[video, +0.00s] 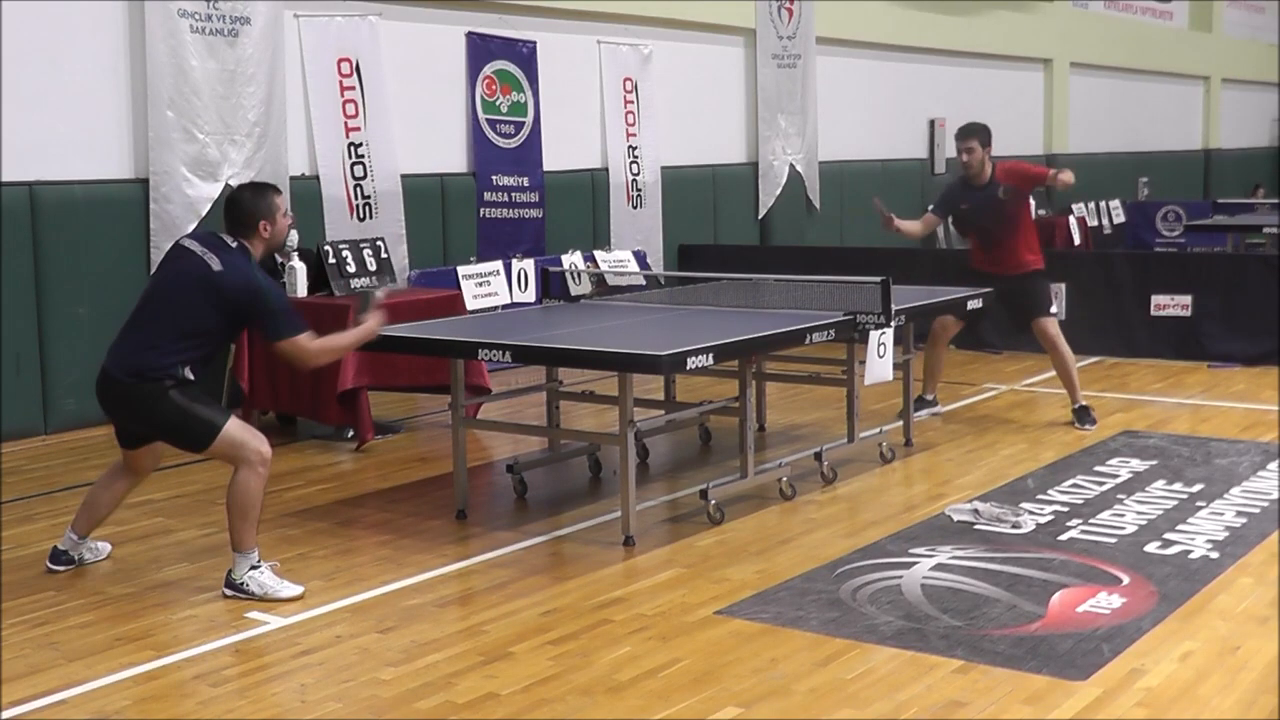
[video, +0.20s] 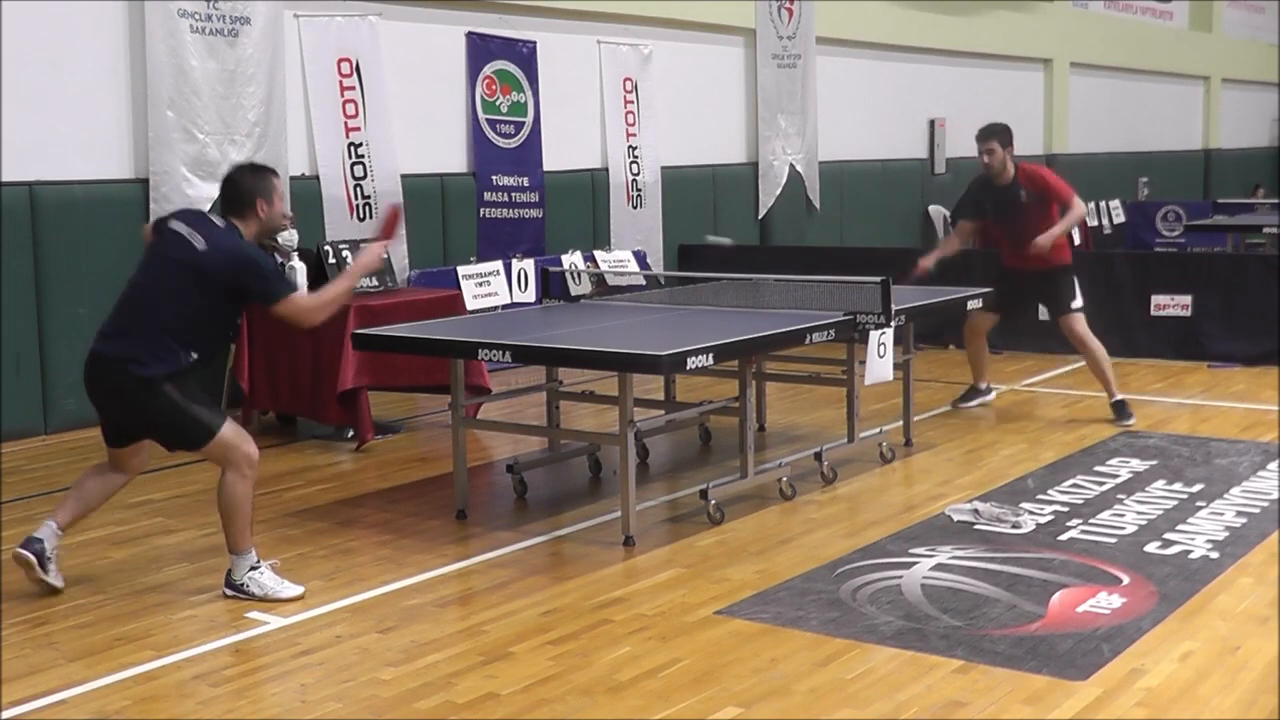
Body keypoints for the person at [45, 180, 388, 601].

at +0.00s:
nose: (289, 223)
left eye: (288, 215)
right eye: (285, 216)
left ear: (237, 220)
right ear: (263, 227)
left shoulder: (196, 241)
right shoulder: (251, 282)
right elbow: (307, 354)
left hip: (119, 380)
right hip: (152, 390)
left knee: (137, 463)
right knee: (254, 454)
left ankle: (69, 544)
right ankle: (245, 570)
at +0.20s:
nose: (286, 211)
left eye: (284, 201)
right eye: (282, 201)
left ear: (233, 202)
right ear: (261, 206)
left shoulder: (185, 219)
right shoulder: (245, 261)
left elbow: (150, 234)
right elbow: (307, 313)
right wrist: (359, 268)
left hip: (104, 367)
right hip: (143, 380)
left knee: (124, 463)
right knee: (242, 456)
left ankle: (44, 538)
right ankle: (243, 570)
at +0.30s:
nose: (254, 183)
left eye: (252, 173)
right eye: (251, 174)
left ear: (205, 181)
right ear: (233, 182)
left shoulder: (161, 209)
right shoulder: (205, 235)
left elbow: (124, 254)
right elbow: (224, 324)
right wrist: (289, 303)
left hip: (93, 364)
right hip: (132, 370)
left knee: (105, 475)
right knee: (237, 447)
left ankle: (30, 571)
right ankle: (199, 571)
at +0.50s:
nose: (237, 162)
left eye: (234, 152)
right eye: (233, 154)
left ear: (184, 161)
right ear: (216, 162)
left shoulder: (144, 201)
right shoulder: (202, 221)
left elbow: (104, 263)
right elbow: (227, 306)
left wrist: (171, 284)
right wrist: (288, 298)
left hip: (100, 362)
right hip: (139, 369)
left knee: (105, 472)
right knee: (192, 480)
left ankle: (31, 572)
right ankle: (143, 605)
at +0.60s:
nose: (239, 145)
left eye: (237, 136)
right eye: (235, 137)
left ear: (190, 144)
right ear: (216, 144)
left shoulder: (147, 185)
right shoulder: (208, 203)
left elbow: (107, 250)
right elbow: (236, 288)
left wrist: (166, 273)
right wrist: (296, 287)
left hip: (112, 348)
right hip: (150, 354)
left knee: (116, 456)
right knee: (198, 468)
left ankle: (49, 548)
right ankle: (150, 594)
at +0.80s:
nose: (260, 175)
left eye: (258, 165)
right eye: (258, 167)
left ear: (209, 171)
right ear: (243, 172)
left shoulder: (173, 208)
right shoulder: (223, 226)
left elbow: (175, 288)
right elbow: (224, 316)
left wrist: (230, 328)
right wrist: (279, 335)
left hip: (115, 361)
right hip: (154, 368)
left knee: (129, 461)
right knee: (249, 463)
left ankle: (80, 560)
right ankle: (237, 593)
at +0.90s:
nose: (259, 205)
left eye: (259, 197)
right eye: (258, 198)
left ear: (206, 195)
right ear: (247, 202)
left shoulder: (164, 228)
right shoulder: (234, 256)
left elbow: (167, 309)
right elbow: (223, 345)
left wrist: (230, 330)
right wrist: (248, 348)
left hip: (107, 375)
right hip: (155, 381)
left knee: (136, 458)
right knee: (249, 465)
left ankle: (94, 556)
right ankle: (237, 592)